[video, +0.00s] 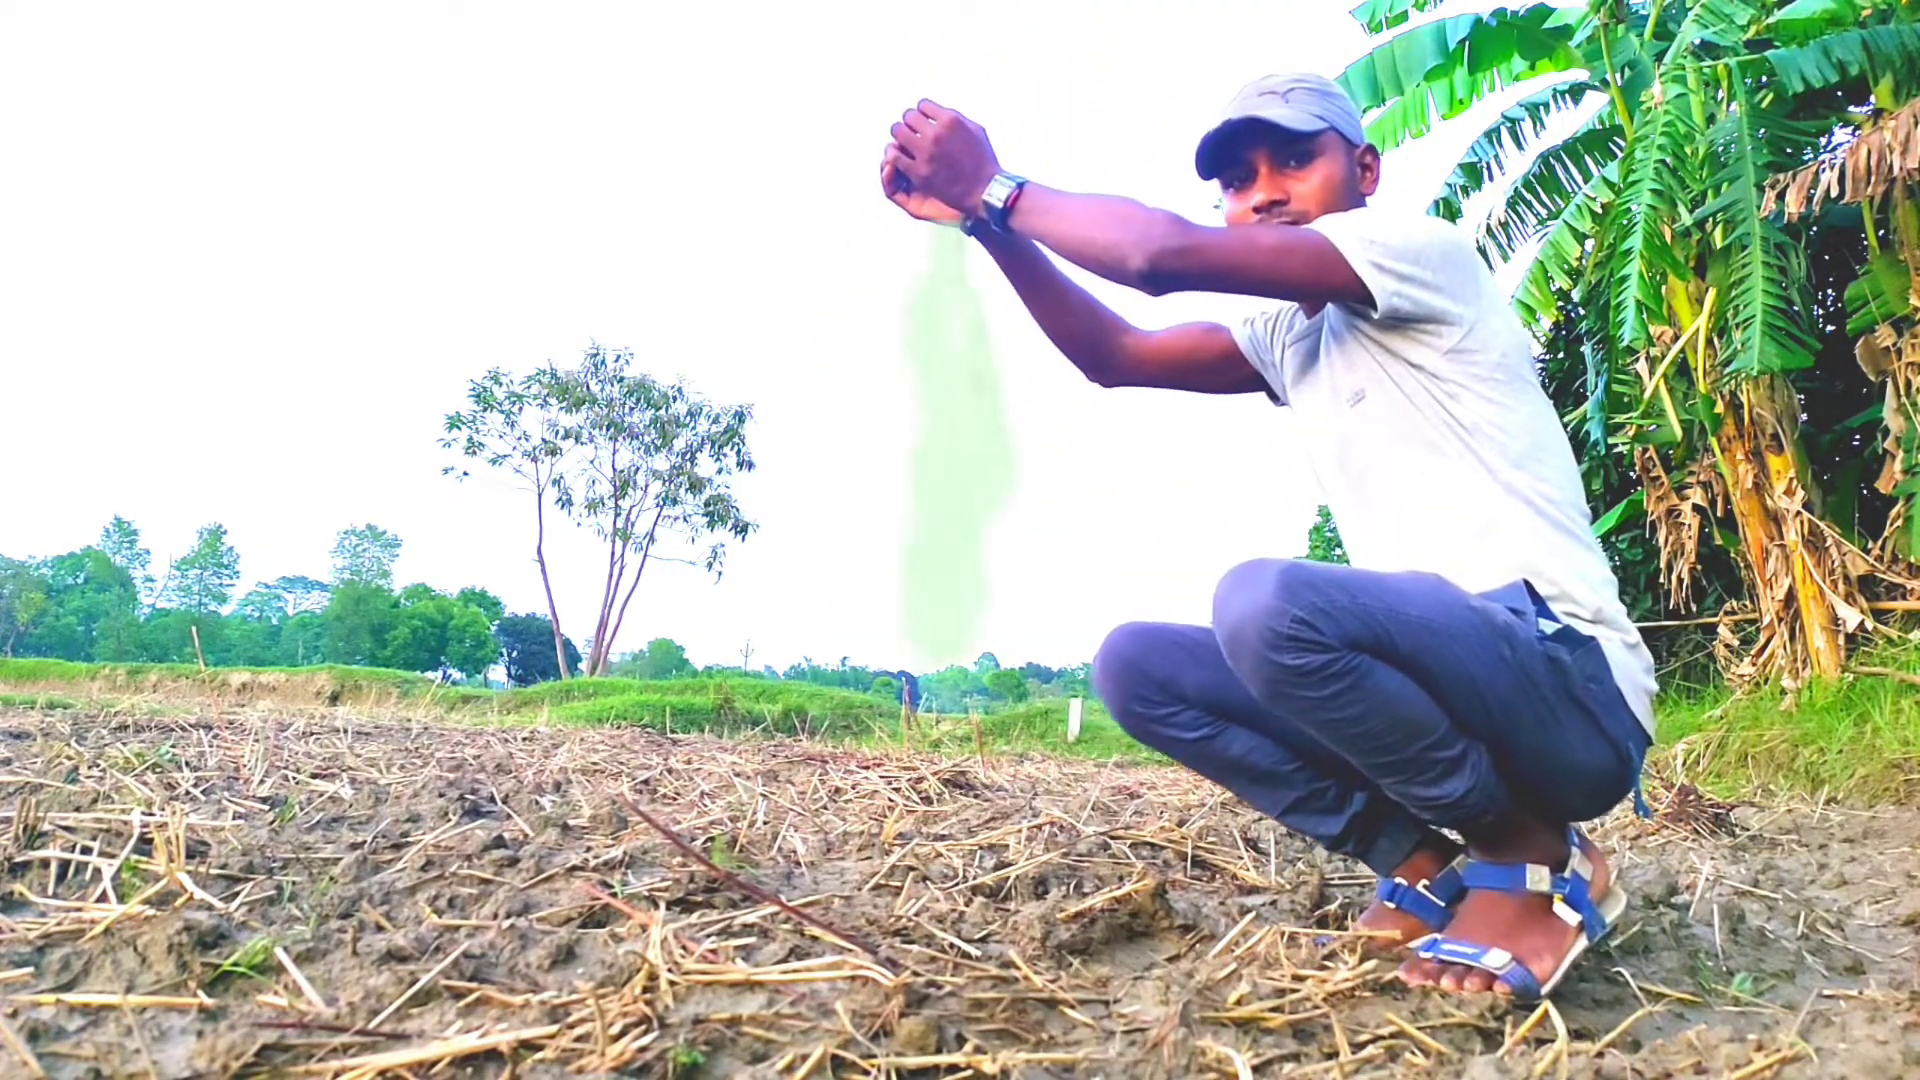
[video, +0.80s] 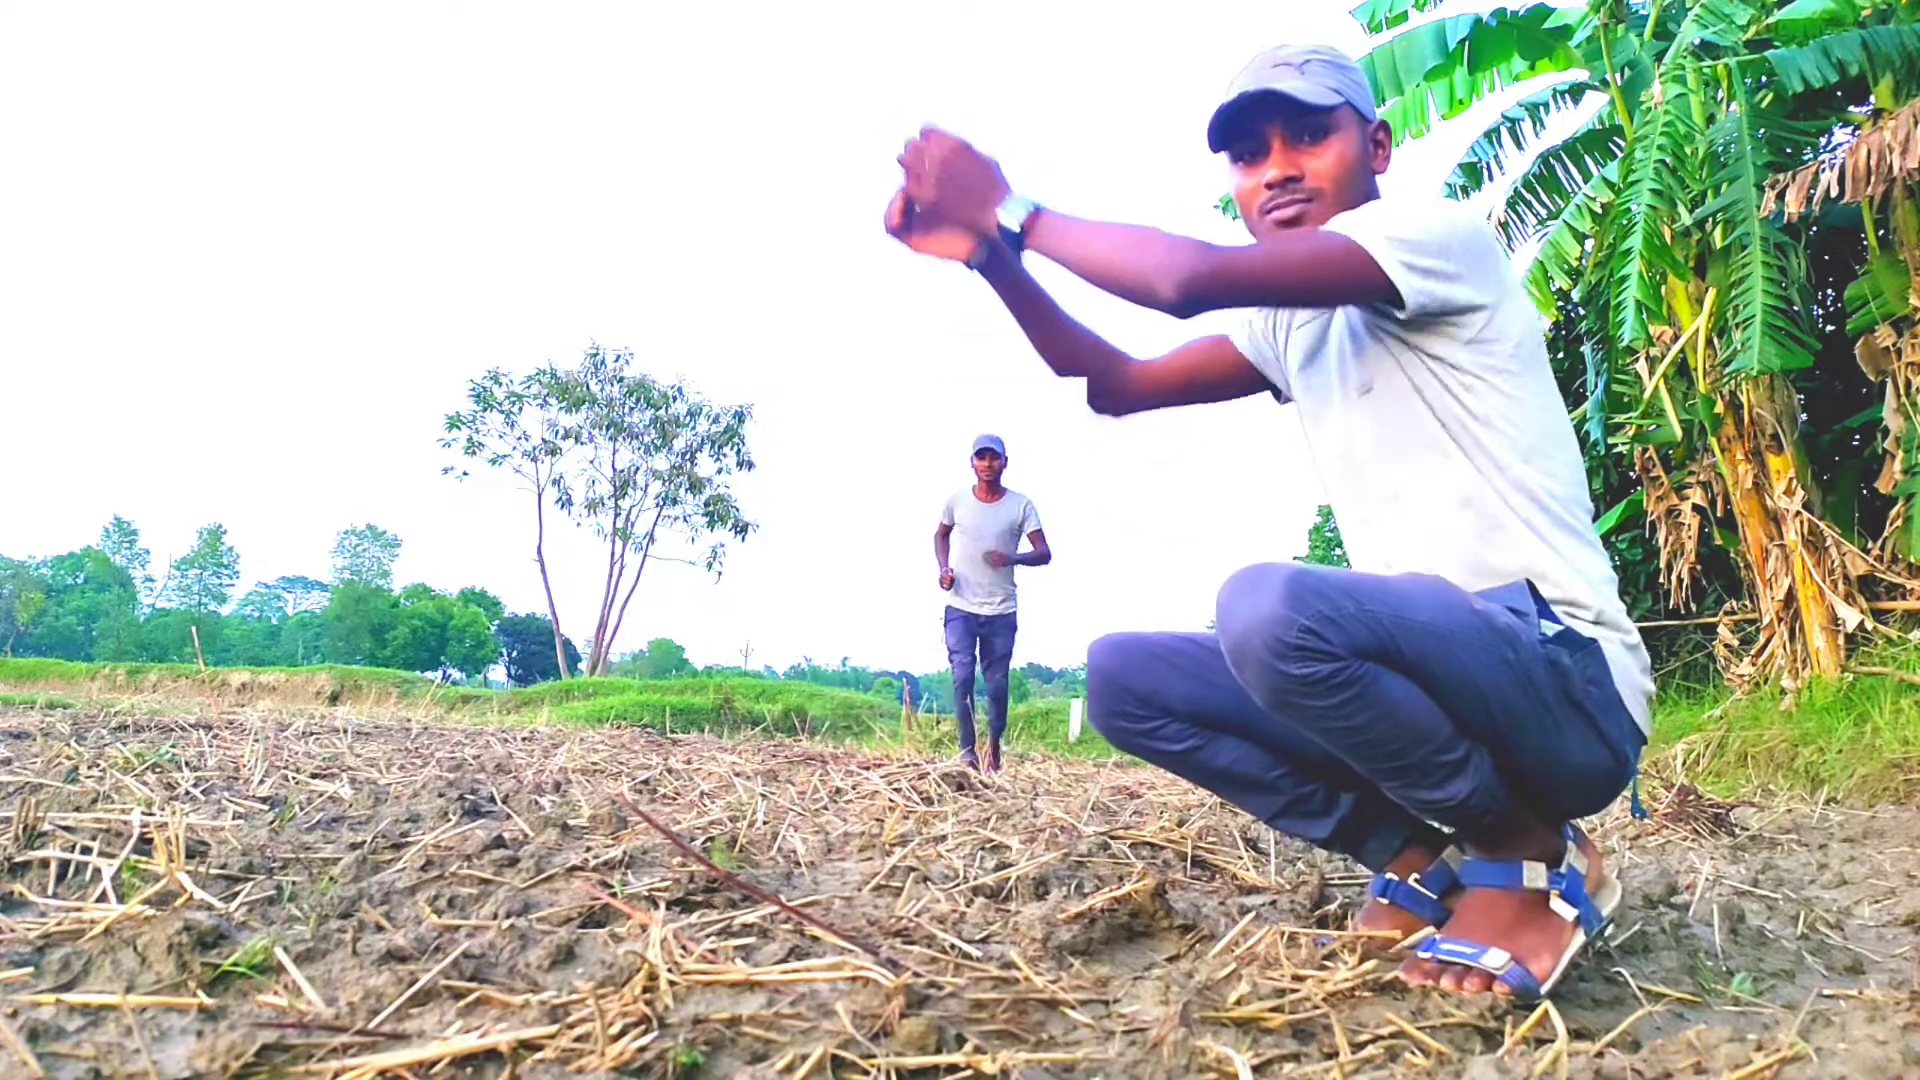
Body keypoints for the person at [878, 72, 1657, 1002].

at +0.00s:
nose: (1264, 193)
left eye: (1294, 157)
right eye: (1237, 178)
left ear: (1367, 170)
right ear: (1224, 202)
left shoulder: (1419, 253)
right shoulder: (1293, 333)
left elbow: (1163, 252)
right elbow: (1115, 354)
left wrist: (991, 192)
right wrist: (989, 222)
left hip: (1569, 679)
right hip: (1445, 693)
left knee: (1266, 606)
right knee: (1137, 667)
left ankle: (1531, 853)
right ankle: (1430, 860)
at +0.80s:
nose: (1275, 168)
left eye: (1309, 132)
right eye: (1247, 149)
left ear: (1379, 149)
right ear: (1231, 182)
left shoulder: (1443, 238)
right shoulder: (1296, 328)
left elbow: (1188, 278)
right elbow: (1117, 383)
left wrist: (1010, 213)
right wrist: (990, 256)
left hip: (1566, 669)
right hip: (1434, 682)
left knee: (1271, 612)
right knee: (1125, 682)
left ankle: (1522, 859)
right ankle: (1424, 854)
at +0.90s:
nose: (1281, 160)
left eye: (1313, 129)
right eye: (1252, 143)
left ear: (1381, 147)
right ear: (1235, 185)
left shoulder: (1457, 246)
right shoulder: (1303, 346)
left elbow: (1296, 398)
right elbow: (1178, 501)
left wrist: (1079, 384)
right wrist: (1046, 458)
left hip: (1567, 676)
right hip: (1436, 699)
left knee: (1269, 612)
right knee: (1122, 682)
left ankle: (1518, 857)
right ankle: (1413, 855)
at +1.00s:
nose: (1272, 167)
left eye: (1302, 135)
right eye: (1241, 149)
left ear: (1364, 150)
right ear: (1219, 186)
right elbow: (1227, 556)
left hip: (1573, 683)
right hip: (1422, 706)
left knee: (1278, 608)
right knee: (1122, 677)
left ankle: (1518, 858)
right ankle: (1408, 850)